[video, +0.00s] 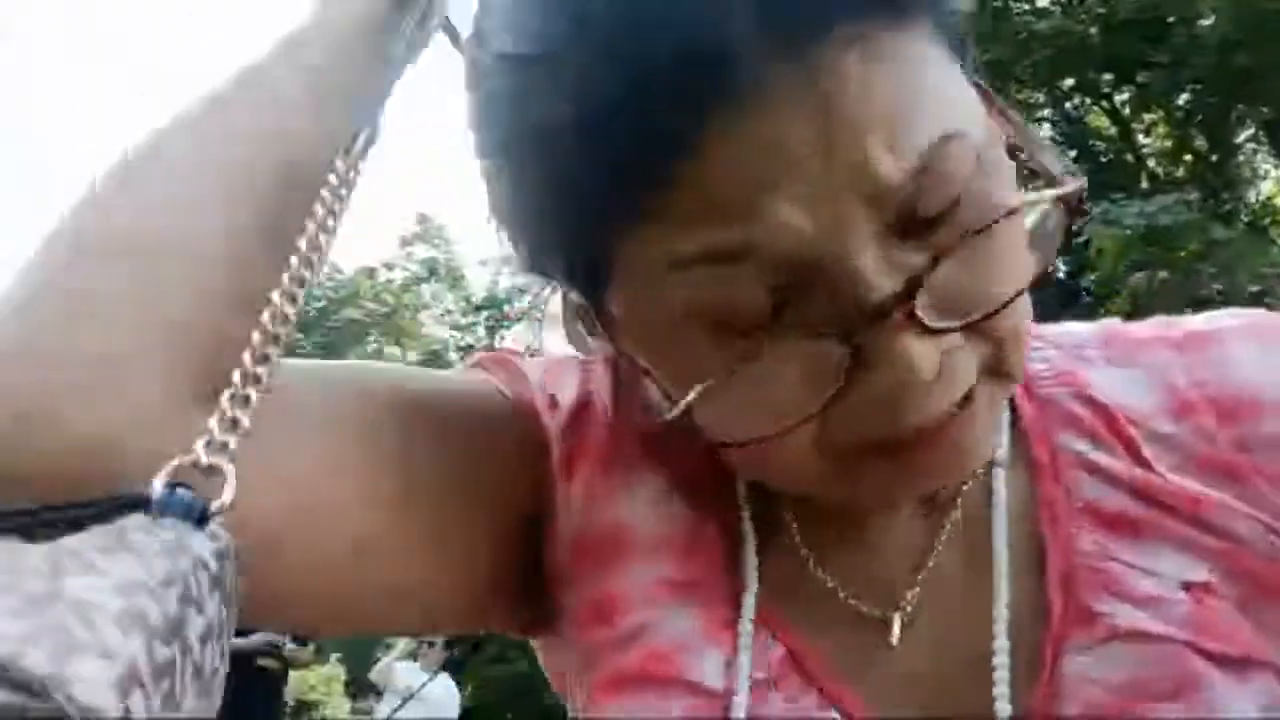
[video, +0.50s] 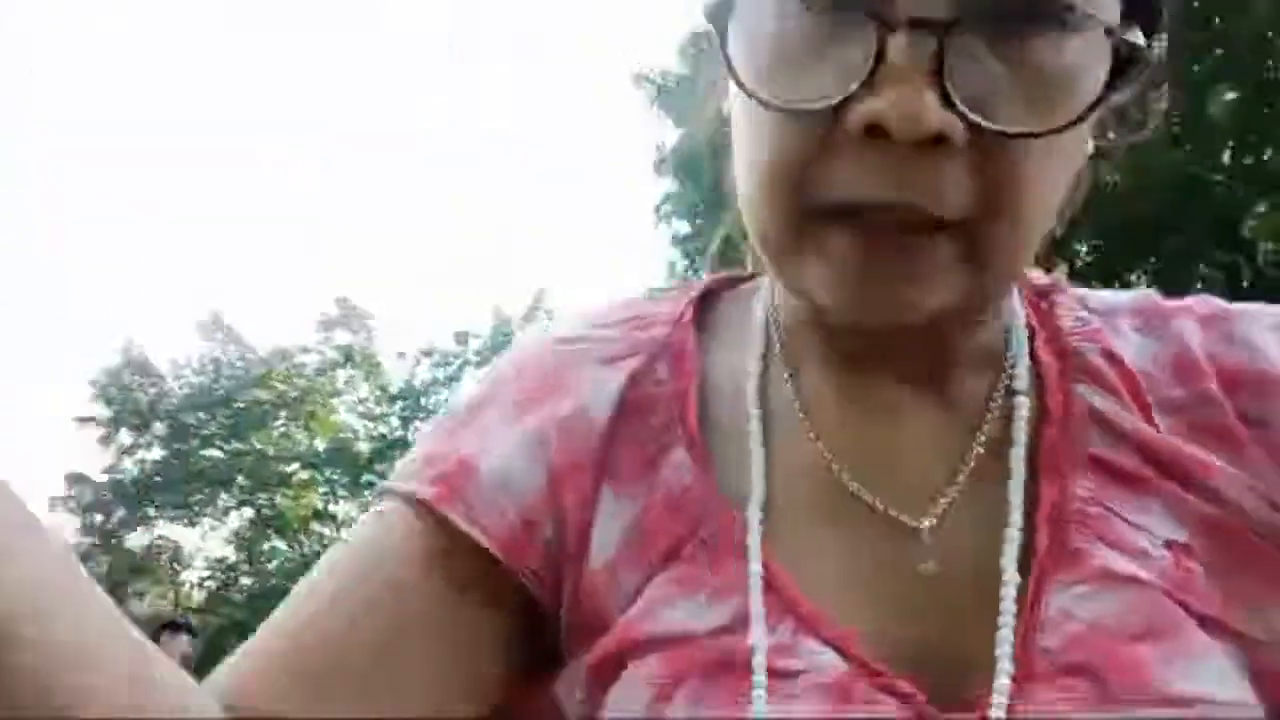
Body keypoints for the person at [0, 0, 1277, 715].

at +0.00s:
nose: (897, 347)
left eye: (931, 212)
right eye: (751, 309)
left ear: (1006, 121)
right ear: (604, 328)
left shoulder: (1258, 420)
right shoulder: (577, 481)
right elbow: (54, 437)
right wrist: (382, 5)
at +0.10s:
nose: (975, 388)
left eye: (1015, 239)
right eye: (819, 328)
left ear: (1062, 145)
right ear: (610, 312)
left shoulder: (1258, 434)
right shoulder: (572, 515)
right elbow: (47, 520)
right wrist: (312, 151)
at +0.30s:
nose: (953, 296)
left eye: (1032, 157)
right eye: (819, 194)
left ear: (1112, 110)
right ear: (655, 189)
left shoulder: (1257, 425)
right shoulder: (530, 544)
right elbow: (122, 702)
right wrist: (203, 254)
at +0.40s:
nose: (930, 206)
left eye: (1026, 98)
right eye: (833, 96)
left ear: (1131, 103)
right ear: (711, 114)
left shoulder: (1253, 411)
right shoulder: (594, 476)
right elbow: (270, 715)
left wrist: (49, 376)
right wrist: (55, 364)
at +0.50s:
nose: (902, 106)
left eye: (1011, 30)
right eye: (820, 11)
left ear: (1121, 81)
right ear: (722, 54)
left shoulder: (1256, 410)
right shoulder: (564, 432)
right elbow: (230, 708)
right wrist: (13, 532)